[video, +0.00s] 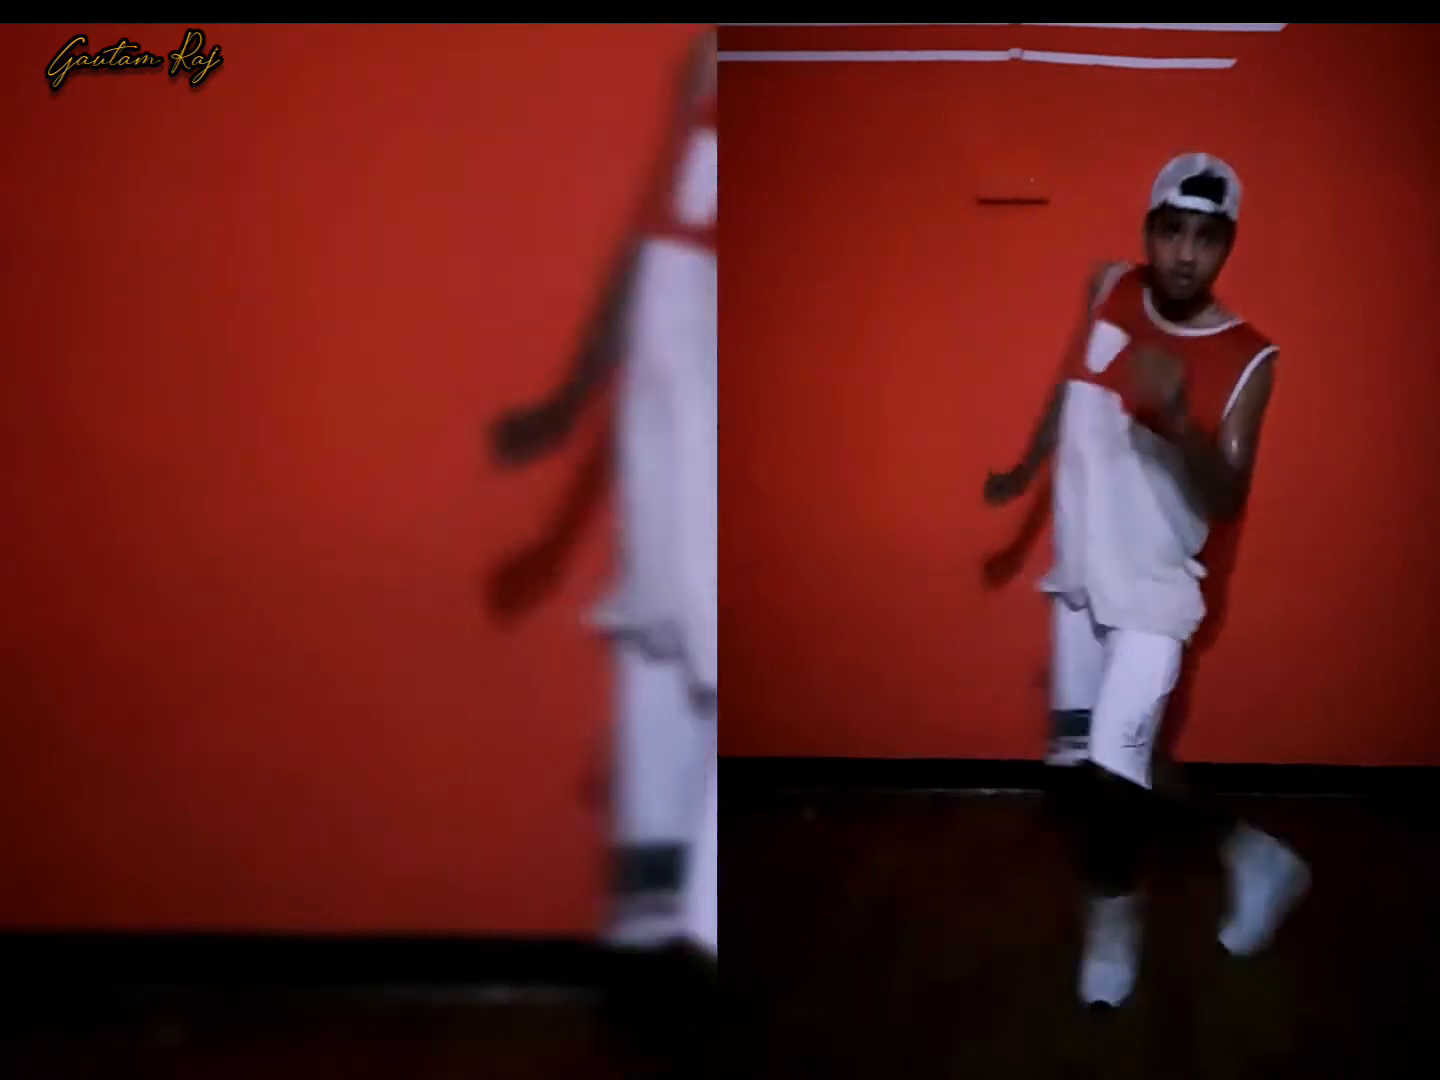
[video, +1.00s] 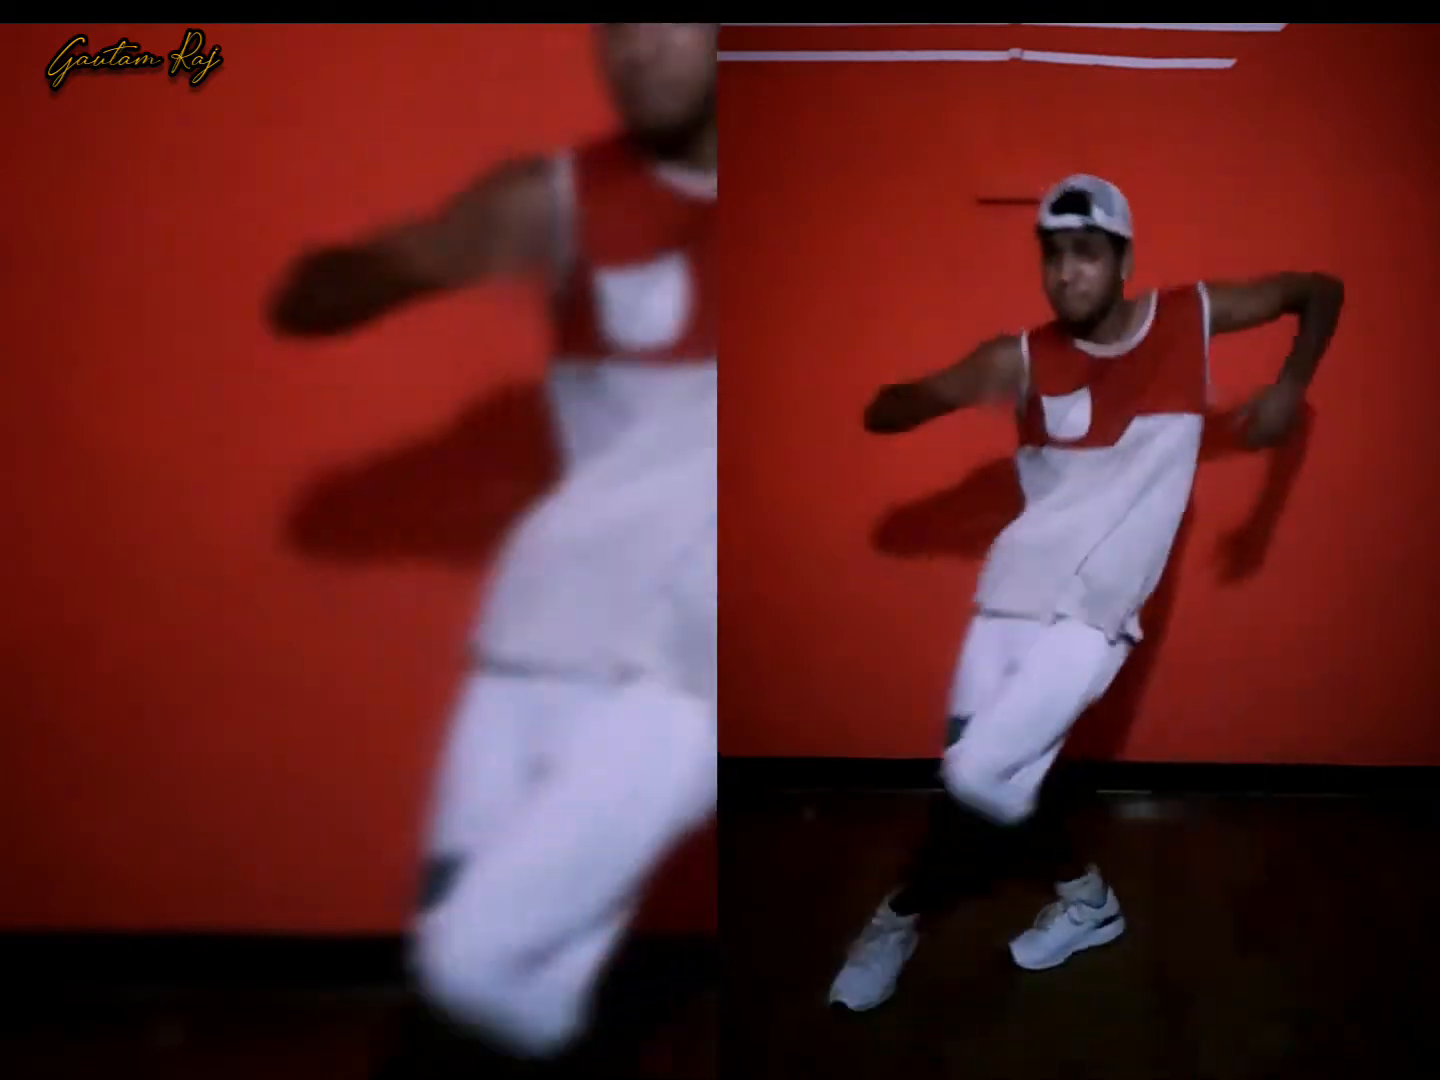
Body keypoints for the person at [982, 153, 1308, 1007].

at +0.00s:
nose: (1185, 253)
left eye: (1204, 238)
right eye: (1171, 232)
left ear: (1228, 249)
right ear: (1148, 236)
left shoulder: (1244, 357)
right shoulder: (1113, 291)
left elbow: (1225, 496)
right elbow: (1070, 385)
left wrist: (1174, 426)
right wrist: (1025, 466)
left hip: (1156, 593)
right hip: (1079, 573)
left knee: (1110, 774)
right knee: (1075, 765)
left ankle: (1109, 941)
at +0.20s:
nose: (1170, 284)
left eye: (1187, 266)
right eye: (1156, 267)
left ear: (1217, 269)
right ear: (1140, 271)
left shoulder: (1254, 365)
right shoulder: (1147, 345)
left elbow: (1245, 494)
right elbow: (1159, 448)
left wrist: (1188, 377)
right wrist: (1080, 464)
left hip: (1198, 630)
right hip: (1147, 618)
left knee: (1152, 830)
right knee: (1180, 796)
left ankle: (1326, 910)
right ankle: (1276, 903)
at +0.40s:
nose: (1082, 315)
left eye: (1097, 295)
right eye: (1074, 298)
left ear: (1147, 289)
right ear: (1077, 293)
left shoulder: (1199, 352)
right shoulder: (1123, 368)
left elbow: (1244, 449)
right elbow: (1144, 442)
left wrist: (1109, 488)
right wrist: (1076, 466)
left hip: (1262, 592)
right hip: (1189, 579)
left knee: (1246, 797)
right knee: (1106, 699)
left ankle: (1366, 932)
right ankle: (1179, 870)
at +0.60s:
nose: (1042, 390)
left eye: (1054, 372)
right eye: (1037, 373)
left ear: (1109, 359)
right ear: (1109, 359)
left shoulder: (1137, 453)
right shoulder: (1145, 403)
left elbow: (1203, 579)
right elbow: (1127, 507)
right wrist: (1081, 583)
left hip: (1261, 623)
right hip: (1191, 594)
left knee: (1238, 820)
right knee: (1098, 722)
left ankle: (1369, 939)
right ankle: (1102, 907)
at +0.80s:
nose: (1015, 318)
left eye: (1028, 298)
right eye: (1008, 301)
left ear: (1079, 286)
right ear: (1018, 296)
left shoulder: (1171, 354)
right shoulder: (1049, 369)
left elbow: (1281, 428)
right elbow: (1064, 471)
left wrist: (1292, 565)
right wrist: (1037, 535)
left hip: (1180, 583)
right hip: (1104, 564)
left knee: (1103, 764)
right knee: (1051, 737)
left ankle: (1220, 902)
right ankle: (1096, 908)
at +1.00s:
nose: (1066, 273)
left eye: (1085, 257)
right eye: (1054, 257)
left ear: (1123, 261)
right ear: (1041, 267)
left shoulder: (1186, 315)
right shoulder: (1020, 359)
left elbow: (1321, 292)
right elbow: (893, 412)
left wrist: (1290, 387)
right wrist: (918, 398)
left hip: (1099, 606)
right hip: (1011, 591)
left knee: (975, 772)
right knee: (982, 767)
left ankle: (894, 926)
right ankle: (1085, 898)